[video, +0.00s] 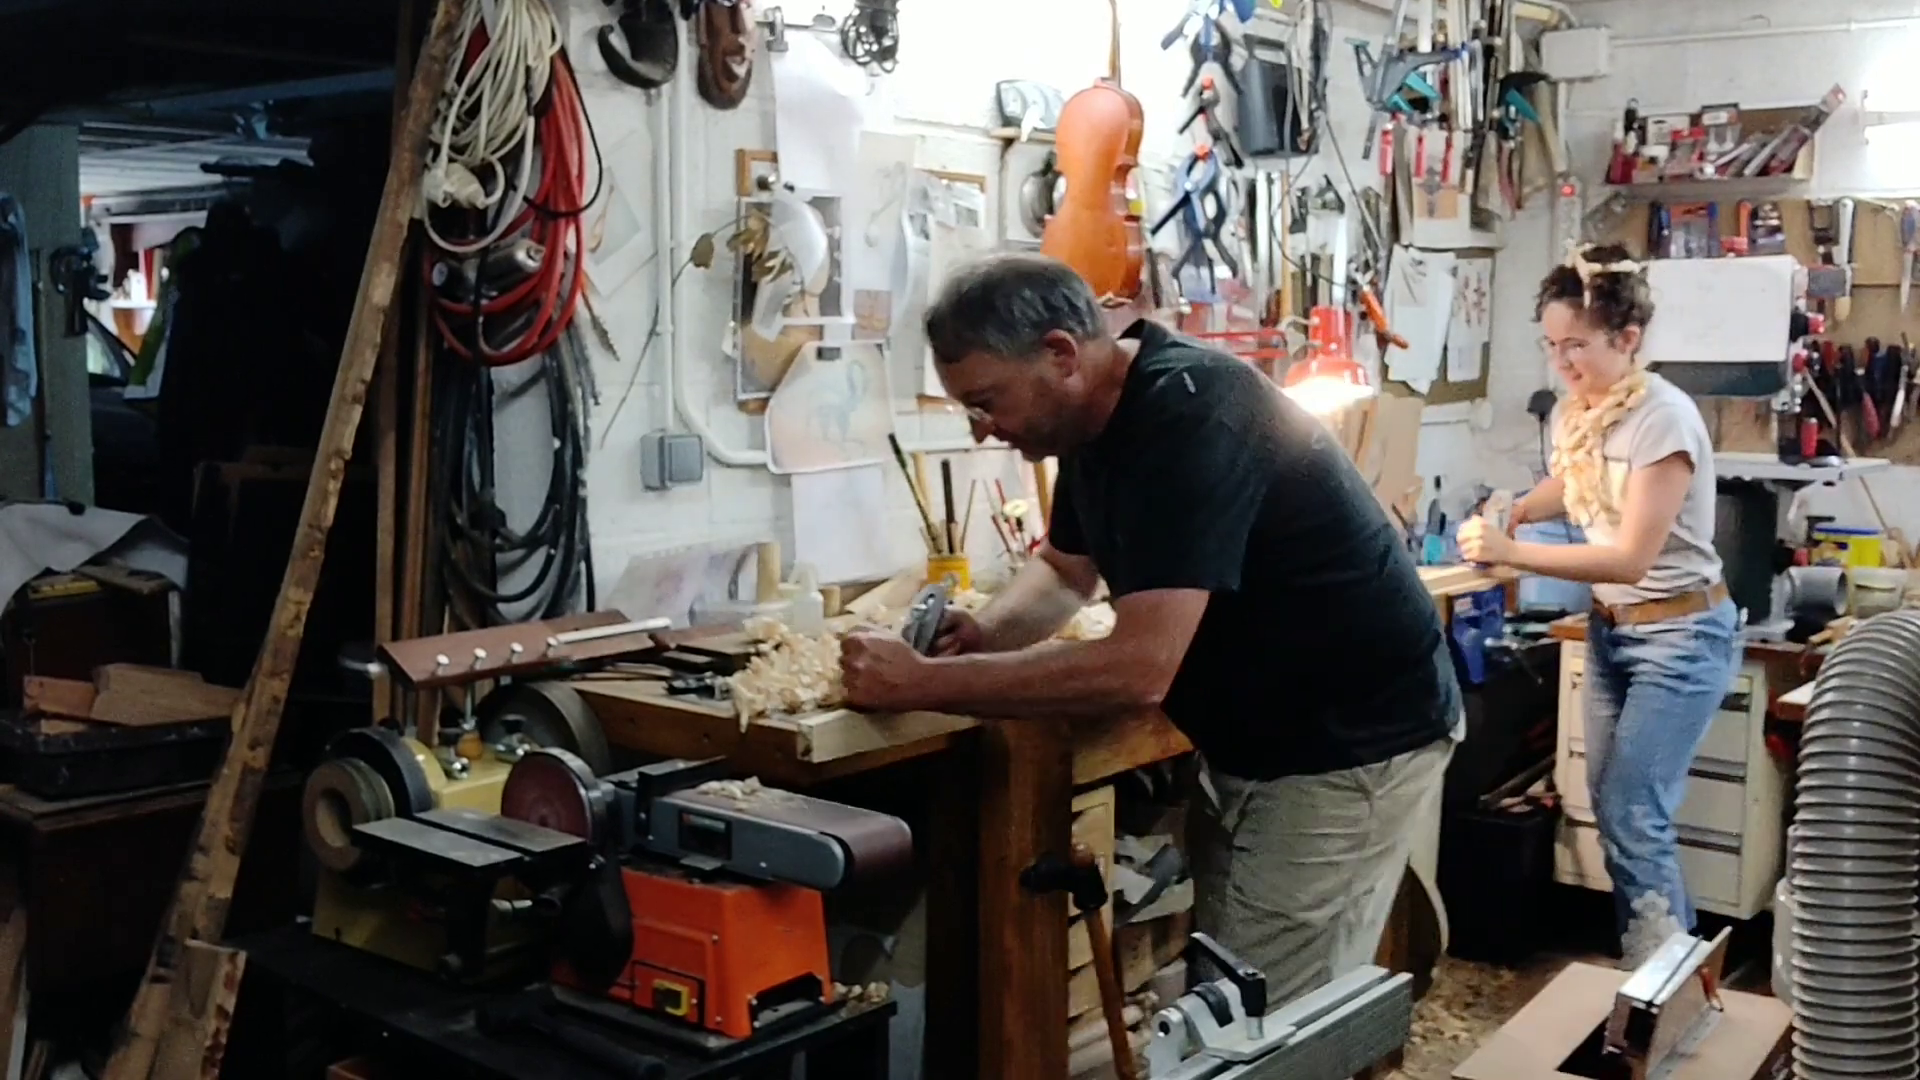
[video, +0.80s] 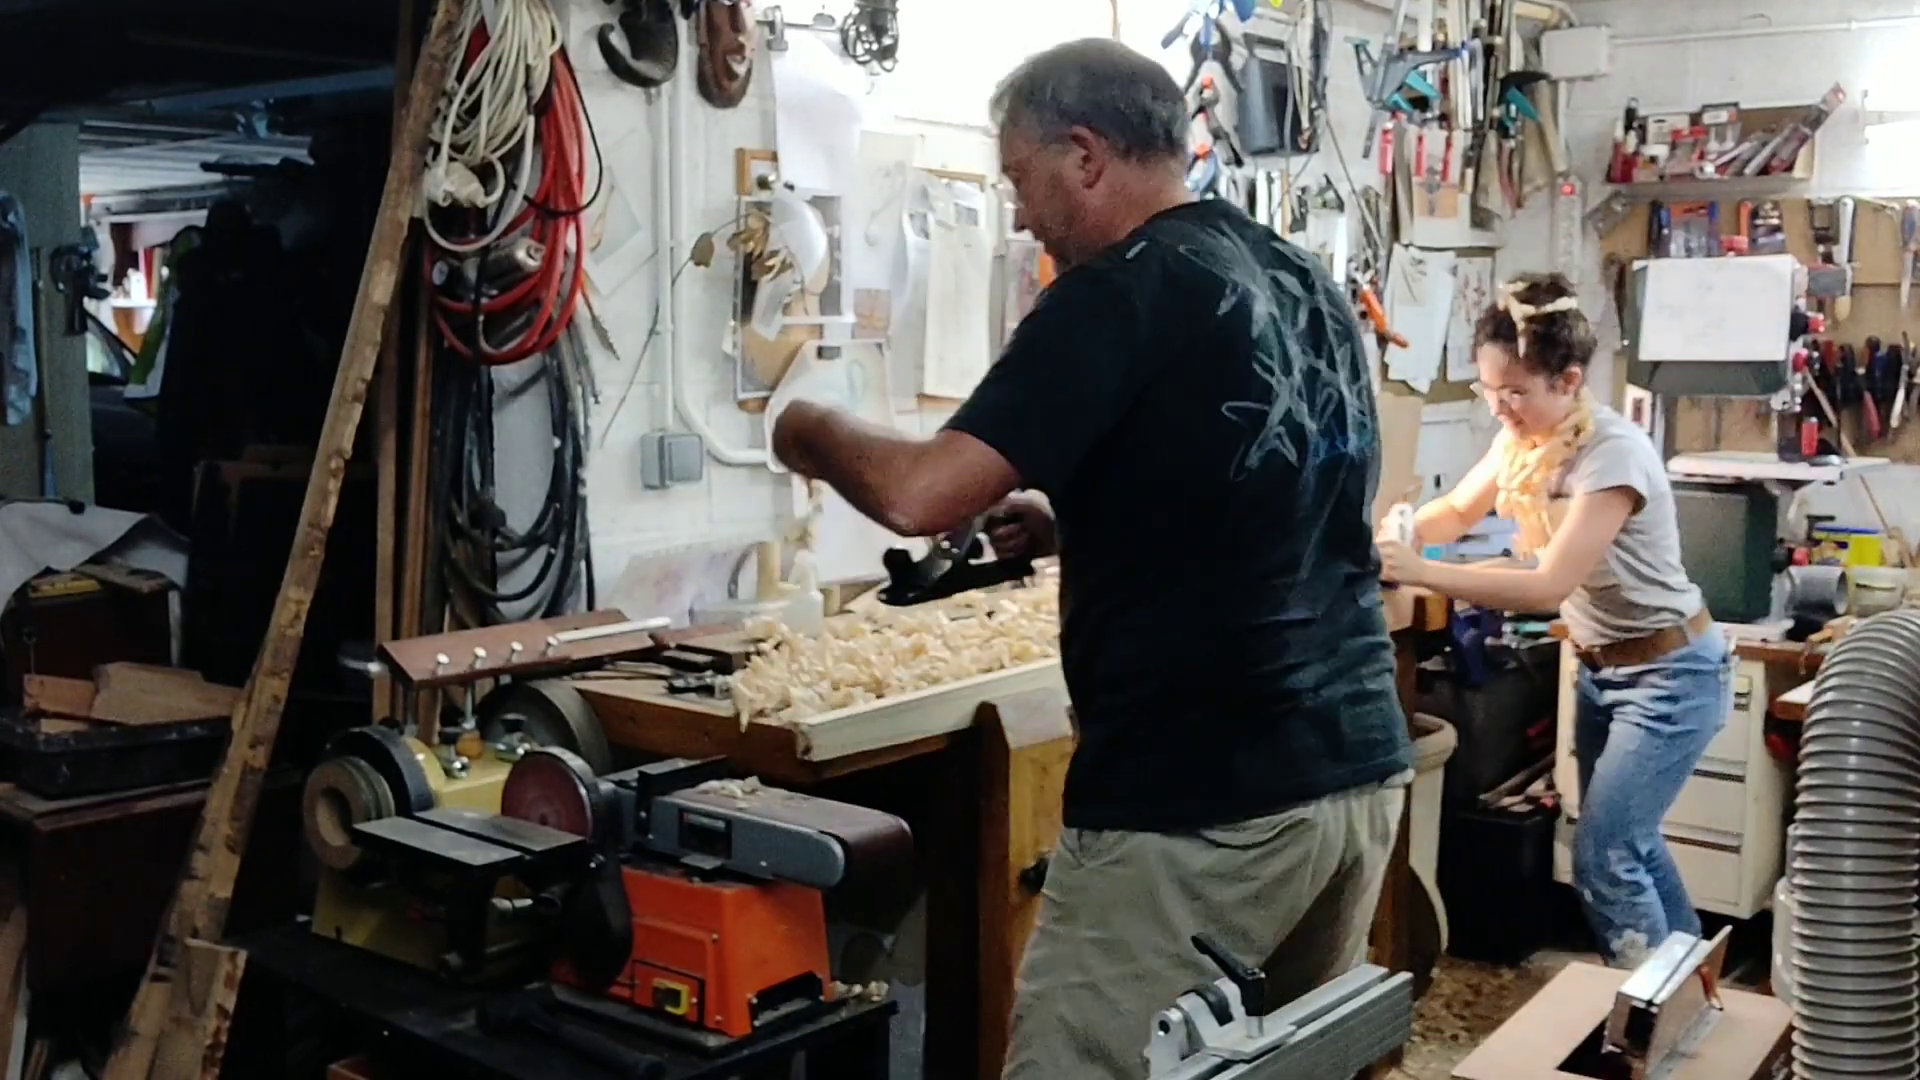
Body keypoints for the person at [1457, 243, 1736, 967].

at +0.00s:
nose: (1562, 362)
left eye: (1576, 344)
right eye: (1553, 347)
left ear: (1629, 337)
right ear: (1546, 343)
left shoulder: (1665, 419)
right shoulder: (1576, 412)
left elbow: (1628, 560)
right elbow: (1573, 486)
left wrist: (1513, 552)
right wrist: (1511, 512)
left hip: (1681, 638)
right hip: (1610, 634)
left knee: (1631, 810)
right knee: (1614, 807)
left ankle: (1662, 990)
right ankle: (1665, 973)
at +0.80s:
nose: (1499, 406)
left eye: (1514, 391)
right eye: (1490, 390)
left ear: (1569, 381)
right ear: (1482, 374)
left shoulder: (1618, 454)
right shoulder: (1522, 443)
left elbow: (1545, 588)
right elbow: (1457, 512)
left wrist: (1414, 569)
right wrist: (1397, 531)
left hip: (1672, 673)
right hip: (1600, 673)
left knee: (1603, 858)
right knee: (1628, 841)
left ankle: (1658, 1006)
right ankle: (1690, 983)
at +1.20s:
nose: (1497, 396)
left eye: (1509, 382)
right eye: (1492, 381)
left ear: (1548, 379)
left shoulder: (1596, 453)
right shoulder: (1508, 453)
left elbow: (1536, 563)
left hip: (1646, 693)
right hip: (1559, 687)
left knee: (1612, 883)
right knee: (1533, 869)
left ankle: (1679, 1015)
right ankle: (1607, 1002)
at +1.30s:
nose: (1475, 383)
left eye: (1489, 362)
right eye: (1472, 365)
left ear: (1523, 363)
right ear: (1476, 377)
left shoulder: (1574, 450)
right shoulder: (1493, 455)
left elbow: (1588, 585)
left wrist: (1482, 580)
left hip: (1628, 686)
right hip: (1536, 681)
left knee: (1626, 881)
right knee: (1507, 859)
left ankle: (1687, 1015)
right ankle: (1540, 1024)